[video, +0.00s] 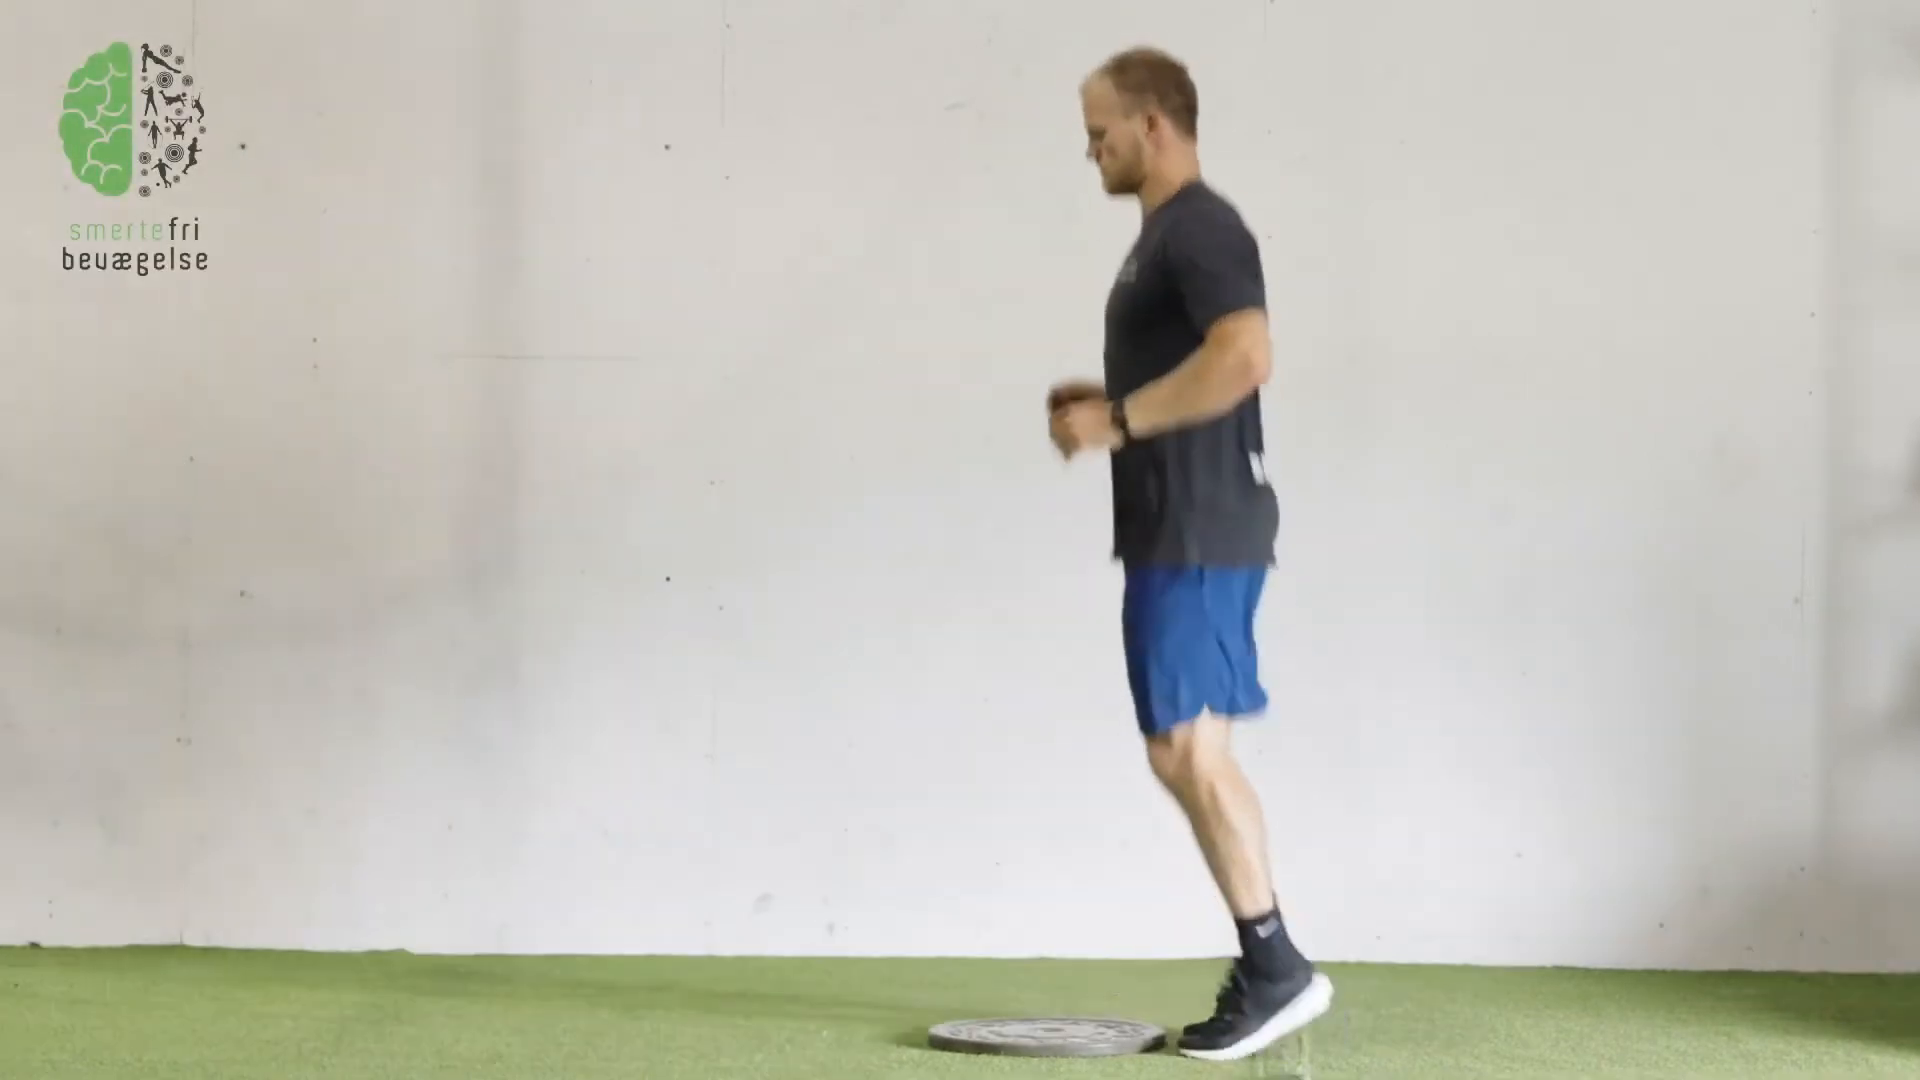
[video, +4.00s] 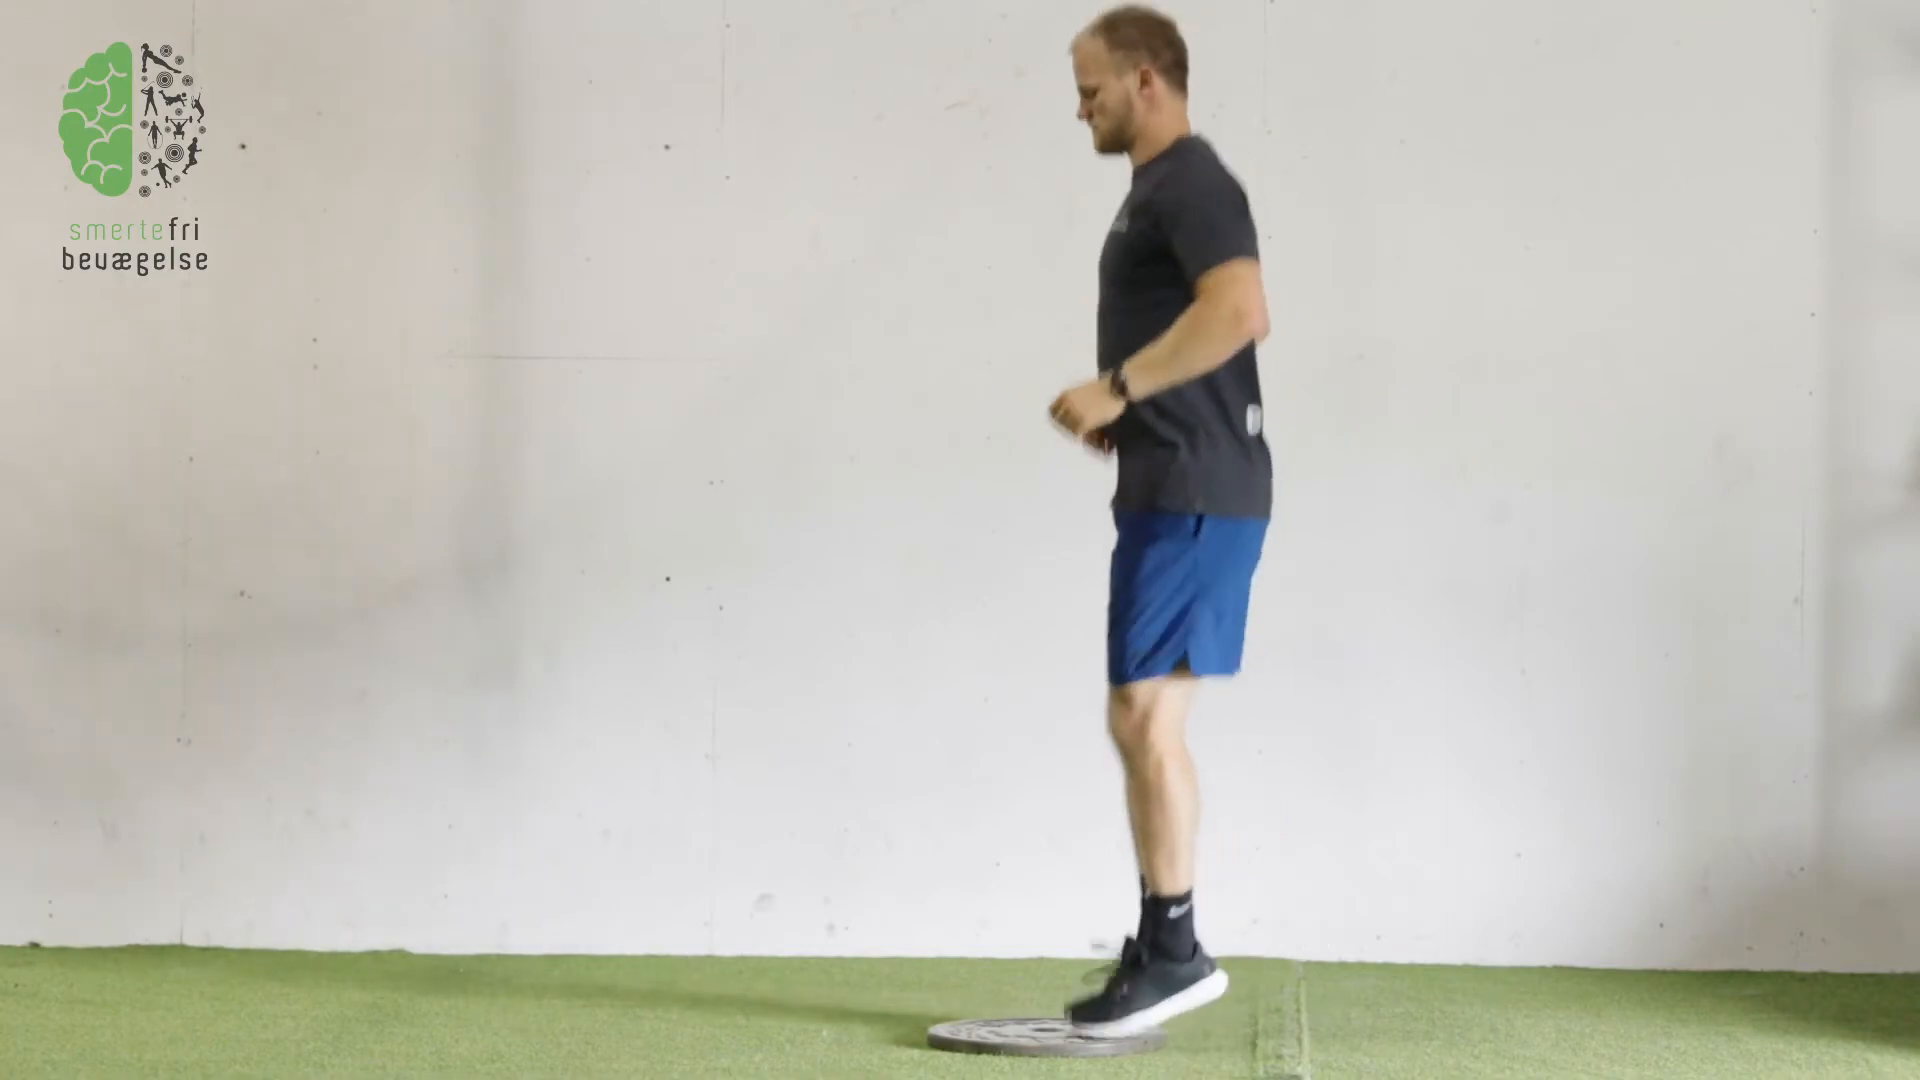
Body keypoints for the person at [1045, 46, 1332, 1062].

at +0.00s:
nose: (1091, 153)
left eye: (1099, 134)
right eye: (1090, 136)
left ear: (1153, 126)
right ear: (1150, 129)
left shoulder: (1200, 225)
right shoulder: (1169, 233)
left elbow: (1243, 358)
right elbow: (1198, 374)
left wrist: (1119, 421)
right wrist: (1106, 401)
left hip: (1197, 537)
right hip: (1176, 534)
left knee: (1187, 748)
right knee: (1186, 747)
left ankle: (1274, 969)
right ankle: (1268, 967)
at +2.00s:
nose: (1090, 77)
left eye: (1097, 57)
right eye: (1088, 60)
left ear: (1153, 47)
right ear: (1153, 51)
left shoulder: (1202, 139)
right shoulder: (1186, 145)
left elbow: (1268, 248)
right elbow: (1270, 260)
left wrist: (1149, 325)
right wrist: (1163, 334)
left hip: (1210, 461)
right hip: (1195, 457)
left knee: (1184, 677)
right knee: (1183, 678)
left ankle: (1242, 898)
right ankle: (1238, 896)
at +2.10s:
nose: (1073, 112)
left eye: (1082, 92)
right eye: (1071, 94)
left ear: (1137, 83)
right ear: (1132, 87)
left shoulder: (1185, 175)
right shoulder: (1161, 182)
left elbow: (1240, 298)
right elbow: (1211, 320)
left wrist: (1127, 380)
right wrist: (1129, 406)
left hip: (1202, 489)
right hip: (1177, 486)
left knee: (1154, 711)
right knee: (1144, 710)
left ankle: (1171, 942)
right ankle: (1167, 938)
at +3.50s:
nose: (1101, 124)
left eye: (1111, 105)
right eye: (1101, 108)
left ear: (1166, 99)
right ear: (1166, 103)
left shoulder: (1219, 199)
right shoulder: (1185, 208)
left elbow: (1288, 324)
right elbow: (1247, 341)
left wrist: (1191, 432)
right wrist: (1169, 446)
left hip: (1230, 517)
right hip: (1208, 514)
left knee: (1203, 732)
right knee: (1191, 734)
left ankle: (1297, 949)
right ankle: (1290, 947)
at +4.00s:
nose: (1081, 109)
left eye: (1090, 89)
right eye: (1079, 92)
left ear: (1148, 81)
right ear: (1144, 85)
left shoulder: (1191, 177)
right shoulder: (1165, 183)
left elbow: (1238, 309)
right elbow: (1214, 325)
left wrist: (1119, 385)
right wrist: (1125, 404)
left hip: (1197, 491)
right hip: (1175, 488)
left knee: (1147, 715)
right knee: (1141, 714)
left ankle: (1172, 950)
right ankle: (1163, 946)